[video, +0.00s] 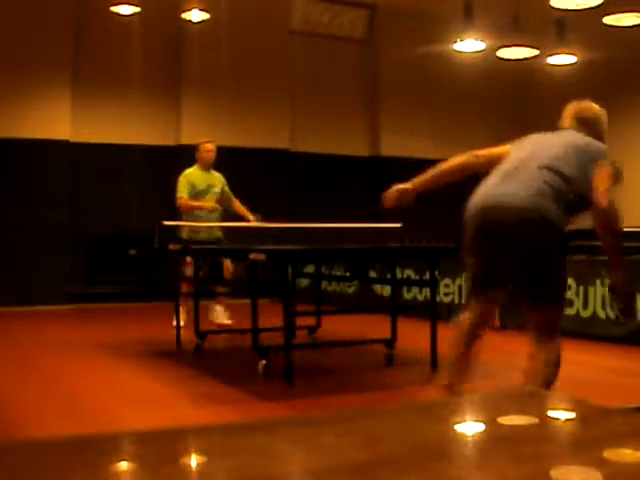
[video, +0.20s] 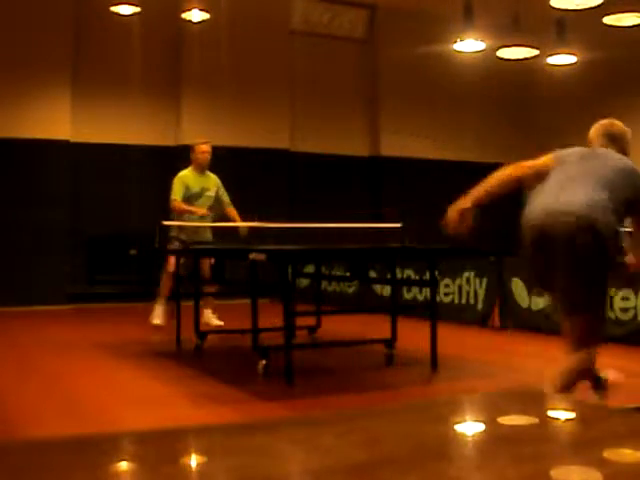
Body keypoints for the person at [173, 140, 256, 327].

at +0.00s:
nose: (210, 155)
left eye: (212, 152)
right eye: (207, 152)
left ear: (215, 154)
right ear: (198, 154)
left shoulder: (218, 178)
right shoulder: (187, 176)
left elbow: (231, 200)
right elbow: (182, 203)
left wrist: (248, 216)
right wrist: (205, 205)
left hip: (214, 235)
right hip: (192, 235)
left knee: (220, 271)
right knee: (188, 275)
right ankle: (182, 309)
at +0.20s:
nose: (206, 156)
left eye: (208, 153)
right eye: (202, 153)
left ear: (211, 155)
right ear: (193, 155)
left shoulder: (213, 180)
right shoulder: (182, 177)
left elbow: (226, 204)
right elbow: (175, 204)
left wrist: (238, 221)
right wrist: (196, 210)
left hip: (204, 234)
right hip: (181, 233)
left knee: (206, 272)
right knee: (171, 268)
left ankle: (207, 310)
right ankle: (160, 305)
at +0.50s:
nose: (190, 161)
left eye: (192, 157)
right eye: (186, 157)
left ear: (195, 160)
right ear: (177, 160)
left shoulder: (196, 185)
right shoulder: (165, 182)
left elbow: (203, 212)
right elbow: (157, 209)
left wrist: (211, 230)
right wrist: (174, 219)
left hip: (187, 236)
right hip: (165, 236)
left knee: (204, 270)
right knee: (156, 273)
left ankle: (205, 310)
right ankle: (138, 315)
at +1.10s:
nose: (174, 163)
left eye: (177, 160)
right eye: (171, 159)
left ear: (178, 161)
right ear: (161, 159)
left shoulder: (177, 183)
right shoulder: (148, 180)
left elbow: (180, 216)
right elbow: (146, 207)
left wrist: (186, 242)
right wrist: (163, 220)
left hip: (170, 234)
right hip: (148, 233)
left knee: (186, 272)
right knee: (147, 275)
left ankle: (196, 314)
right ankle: (133, 318)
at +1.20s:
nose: (173, 161)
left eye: (175, 157)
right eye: (169, 157)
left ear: (177, 160)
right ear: (159, 157)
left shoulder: (177, 183)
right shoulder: (147, 180)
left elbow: (181, 214)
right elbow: (143, 196)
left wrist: (186, 241)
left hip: (172, 235)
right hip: (149, 234)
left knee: (187, 273)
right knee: (147, 276)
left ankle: (196, 314)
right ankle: (134, 318)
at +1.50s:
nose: (186, 158)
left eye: (189, 154)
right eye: (183, 154)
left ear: (192, 158)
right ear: (174, 156)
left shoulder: (196, 183)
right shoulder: (162, 178)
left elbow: (205, 212)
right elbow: (144, 196)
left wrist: (214, 239)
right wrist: (140, 196)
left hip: (186, 239)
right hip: (163, 239)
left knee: (200, 272)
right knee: (154, 275)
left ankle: (199, 314)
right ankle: (136, 316)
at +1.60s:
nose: (189, 152)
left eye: (192, 149)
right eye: (186, 149)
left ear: (196, 153)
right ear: (178, 153)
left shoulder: (200, 179)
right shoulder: (166, 175)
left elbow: (211, 207)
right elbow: (150, 199)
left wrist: (221, 233)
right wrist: (145, 219)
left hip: (190, 236)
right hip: (167, 235)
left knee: (199, 274)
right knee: (158, 273)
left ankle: (200, 315)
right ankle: (142, 313)